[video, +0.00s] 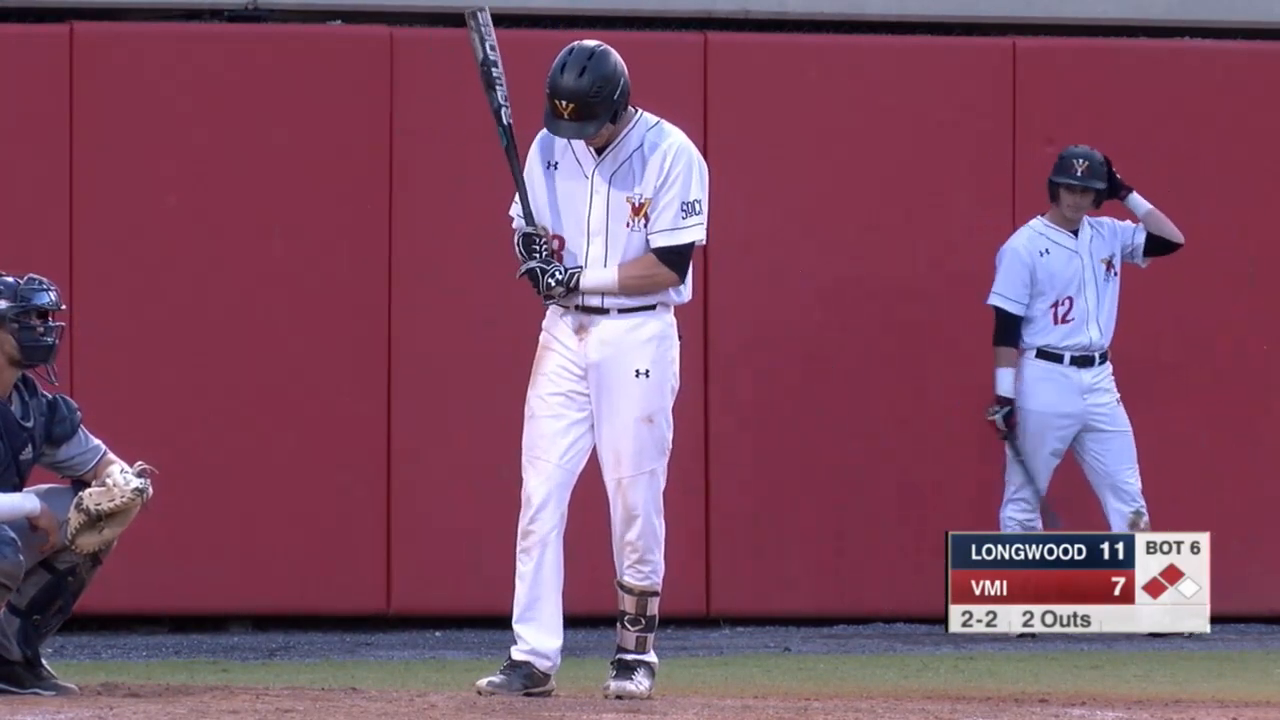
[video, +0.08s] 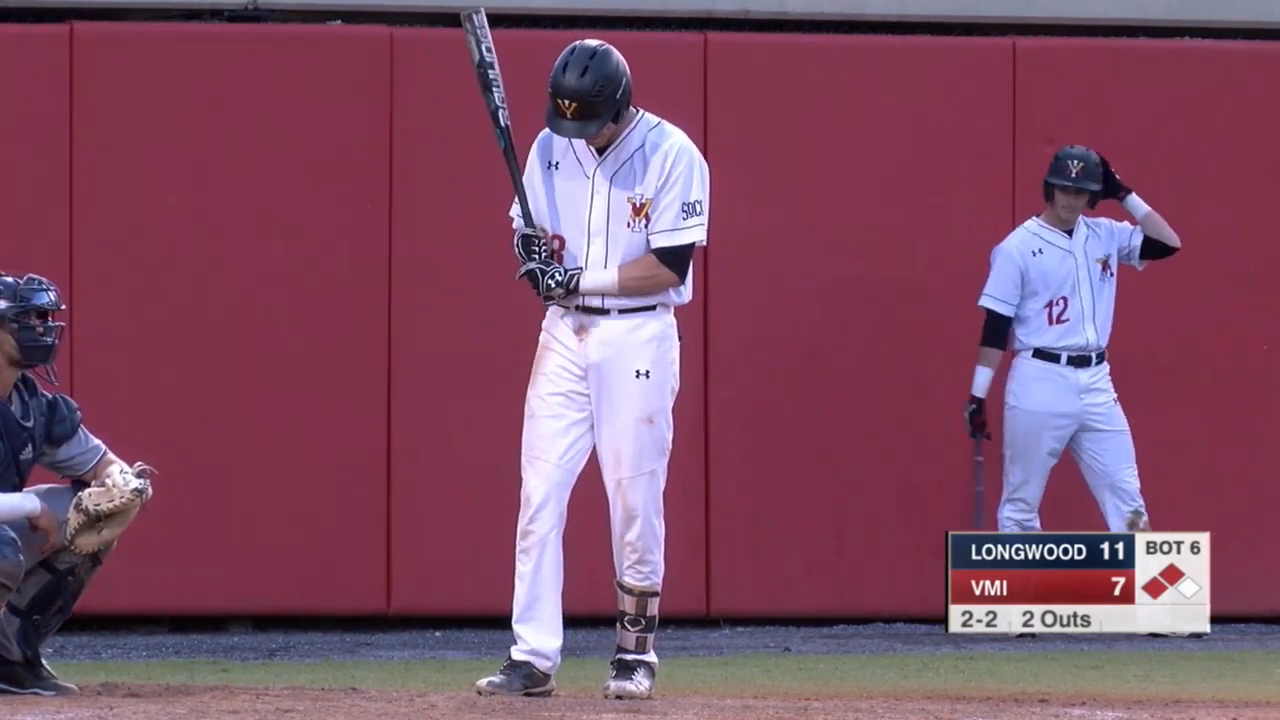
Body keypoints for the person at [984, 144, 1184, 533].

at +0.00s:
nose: (1076, 199)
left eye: (1086, 192)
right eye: (1070, 189)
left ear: (1098, 196)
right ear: (1054, 188)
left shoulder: (1108, 233)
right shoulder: (1024, 246)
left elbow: (1171, 240)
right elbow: (1007, 327)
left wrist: (1125, 193)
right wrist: (1004, 395)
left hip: (1099, 380)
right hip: (1044, 378)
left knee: (1128, 501)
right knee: (1024, 501)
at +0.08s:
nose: (1071, 199)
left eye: (1080, 192)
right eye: (1065, 189)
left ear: (1092, 196)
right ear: (1050, 188)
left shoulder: (1105, 234)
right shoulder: (1018, 247)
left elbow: (1167, 243)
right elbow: (996, 328)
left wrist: (1124, 194)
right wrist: (977, 397)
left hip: (1096, 383)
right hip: (1039, 381)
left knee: (1128, 508)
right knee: (1021, 506)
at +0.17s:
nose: (1072, 202)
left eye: (1081, 195)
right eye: (1066, 192)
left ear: (1092, 197)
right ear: (1049, 189)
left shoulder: (1104, 236)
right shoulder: (1016, 248)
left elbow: (1166, 254)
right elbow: (990, 327)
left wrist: (1128, 198)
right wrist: (966, 396)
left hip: (1097, 383)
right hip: (1038, 381)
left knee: (1129, 507)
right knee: (1020, 507)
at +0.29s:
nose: (1080, 209)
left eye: (1088, 201)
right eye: (1072, 200)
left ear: (1097, 198)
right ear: (1053, 192)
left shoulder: (1107, 240)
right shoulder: (1015, 249)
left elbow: (1164, 287)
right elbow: (983, 327)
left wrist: (1155, 238)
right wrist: (950, 389)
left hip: (1099, 383)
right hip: (1040, 381)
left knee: (1138, 503)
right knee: (1021, 507)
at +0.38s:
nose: (1086, 212)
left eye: (1094, 204)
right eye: (1078, 202)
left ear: (1101, 200)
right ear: (1057, 194)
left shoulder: (1107, 241)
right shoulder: (1018, 250)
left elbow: (1156, 298)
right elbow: (981, 325)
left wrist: (1168, 277)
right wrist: (945, 383)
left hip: (1102, 383)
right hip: (1043, 382)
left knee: (1140, 499)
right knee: (1023, 505)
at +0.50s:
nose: (1101, 215)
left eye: (1107, 207)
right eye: (1094, 206)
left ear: (1114, 202)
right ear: (1070, 199)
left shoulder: (1118, 244)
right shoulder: (1028, 250)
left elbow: (1150, 303)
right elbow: (985, 320)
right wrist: (938, 370)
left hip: (1111, 386)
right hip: (1051, 384)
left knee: (1145, 504)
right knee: (1028, 505)